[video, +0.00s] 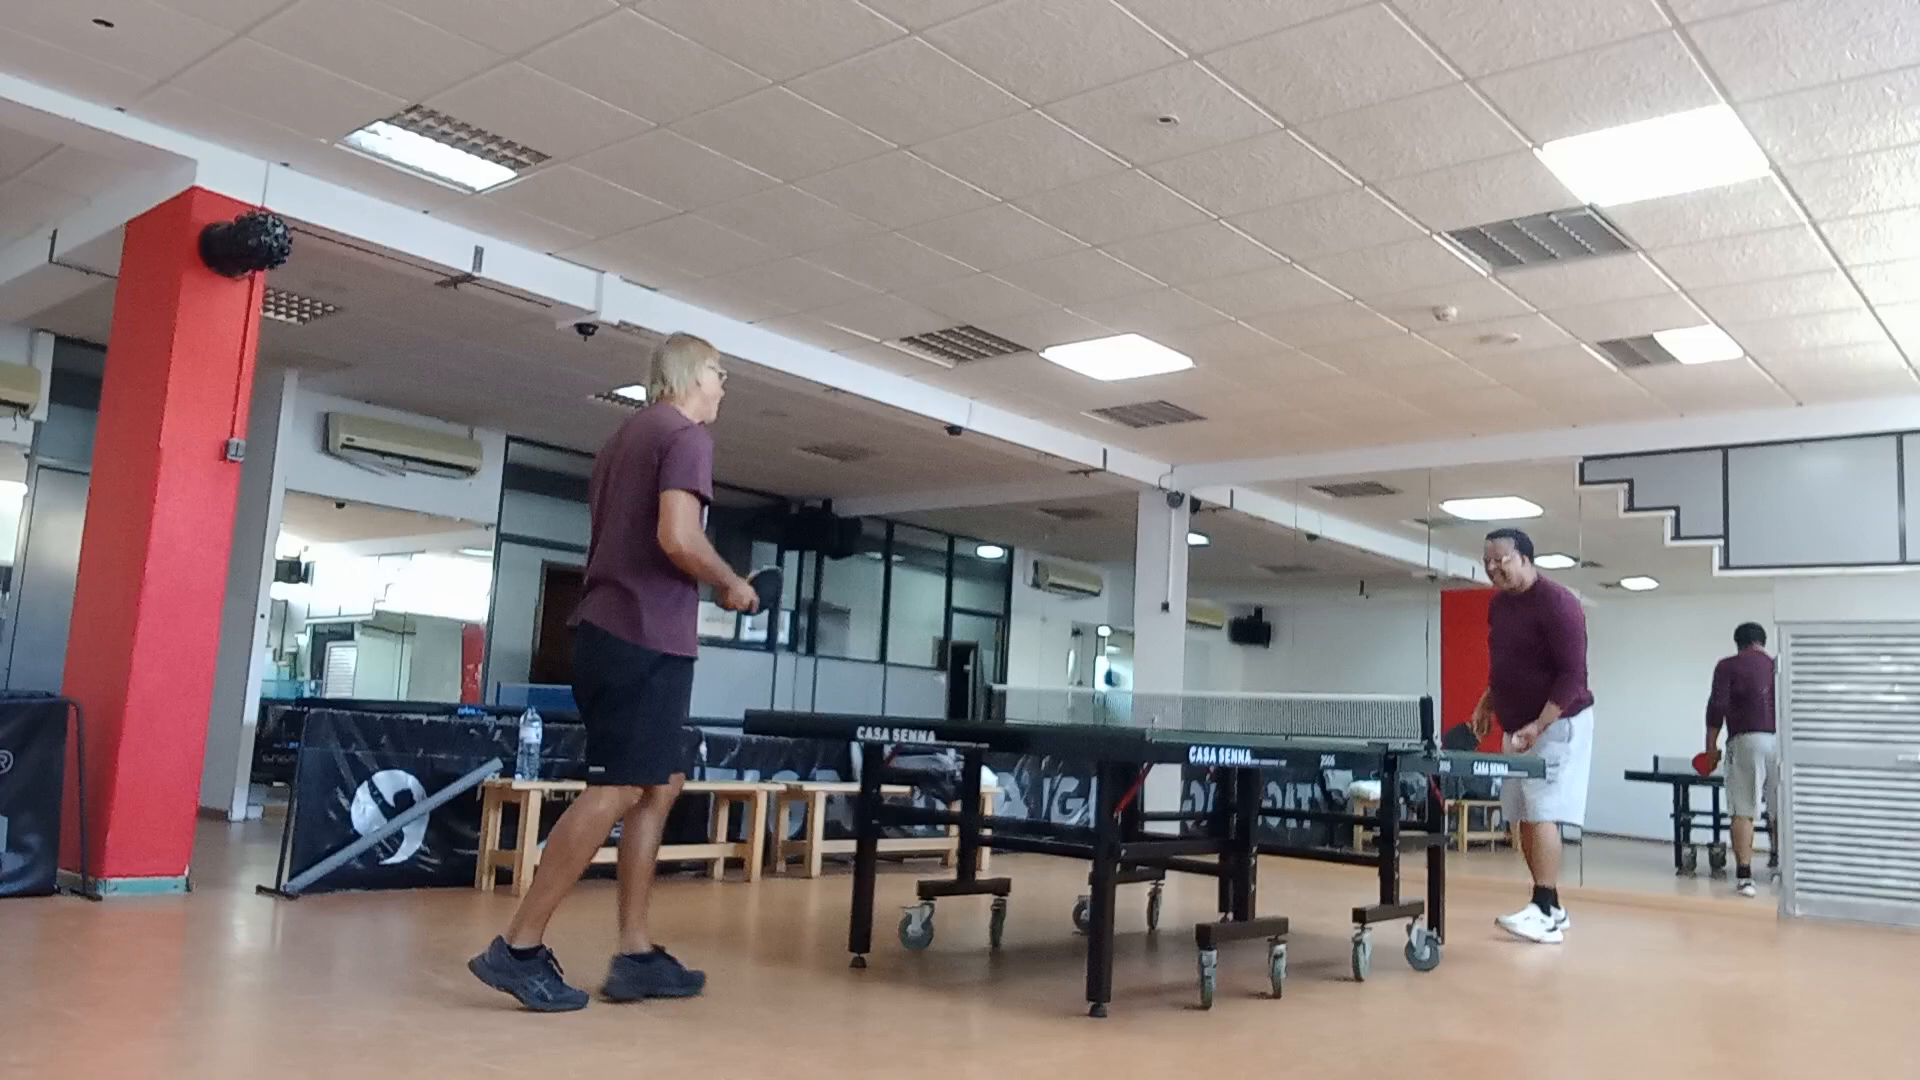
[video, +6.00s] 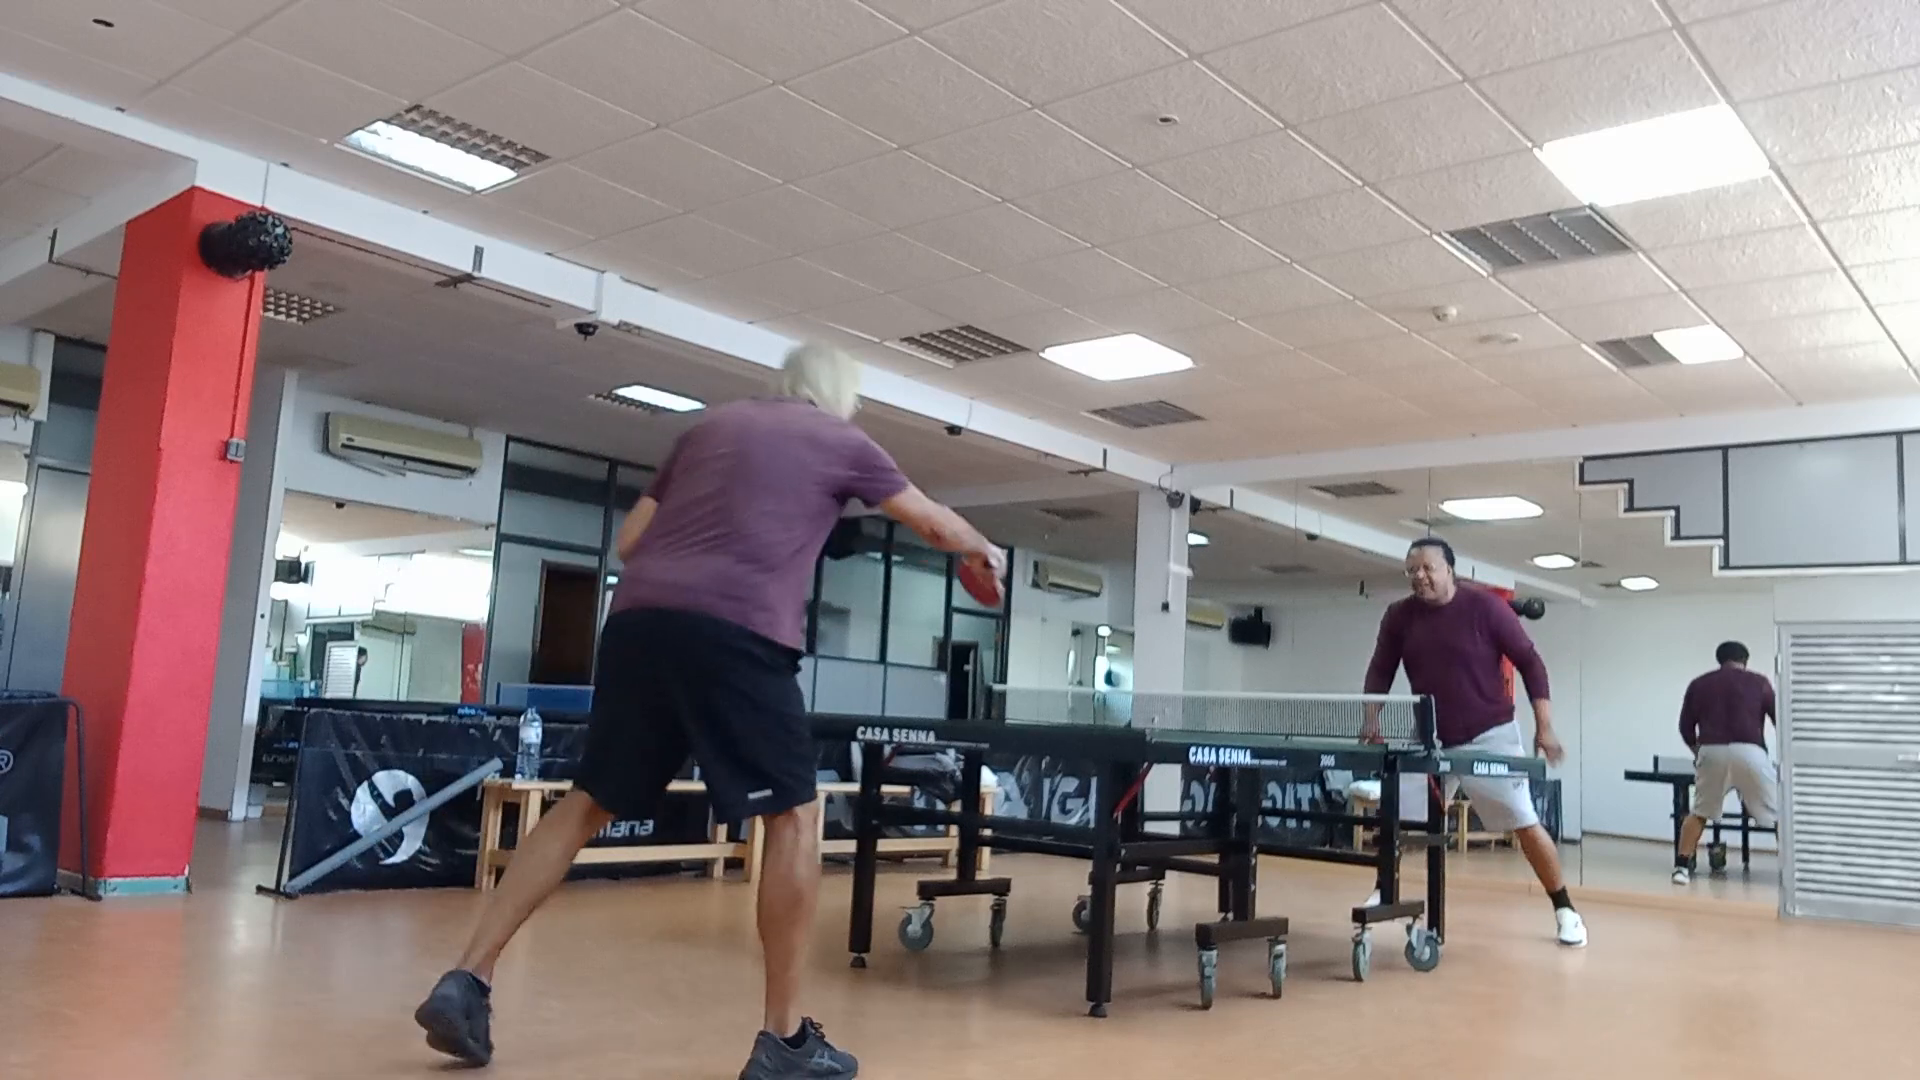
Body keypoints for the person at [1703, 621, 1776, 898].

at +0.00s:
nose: (1762, 648)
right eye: (1763, 644)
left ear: (1738, 644)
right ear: (1761, 643)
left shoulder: (1728, 665)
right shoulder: (1777, 665)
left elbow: (1717, 706)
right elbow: (1787, 703)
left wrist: (1711, 747)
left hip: (1745, 741)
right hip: (1778, 740)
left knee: (1742, 810)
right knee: (1779, 809)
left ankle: (1745, 877)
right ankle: (1780, 867)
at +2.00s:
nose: (1772, 663)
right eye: (1773, 658)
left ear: (1751, 658)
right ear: (1774, 658)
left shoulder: (1730, 678)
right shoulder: (1783, 675)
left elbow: (1720, 723)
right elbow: (1793, 713)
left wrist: (1742, 733)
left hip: (1741, 745)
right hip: (1776, 744)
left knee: (1750, 814)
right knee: (1791, 805)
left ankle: (1751, 876)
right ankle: (1785, 859)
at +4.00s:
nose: (1771, 656)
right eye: (1774, 651)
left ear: (1755, 651)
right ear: (1777, 650)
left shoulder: (1735, 676)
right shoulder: (1791, 673)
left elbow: (1711, 715)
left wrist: (1715, 744)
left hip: (1748, 751)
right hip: (1785, 751)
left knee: (1725, 814)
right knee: (1800, 811)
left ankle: (1706, 868)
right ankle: (1797, 868)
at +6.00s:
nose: (1745, 666)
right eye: (1746, 663)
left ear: (1719, 661)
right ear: (1744, 662)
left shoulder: (1699, 684)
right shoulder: (1759, 682)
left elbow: (1685, 726)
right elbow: (1782, 721)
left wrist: (1699, 751)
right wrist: (1790, 752)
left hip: (1711, 753)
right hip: (1750, 753)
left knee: (1699, 812)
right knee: (1778, 816)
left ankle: (1681, 867)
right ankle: (1794, 875)